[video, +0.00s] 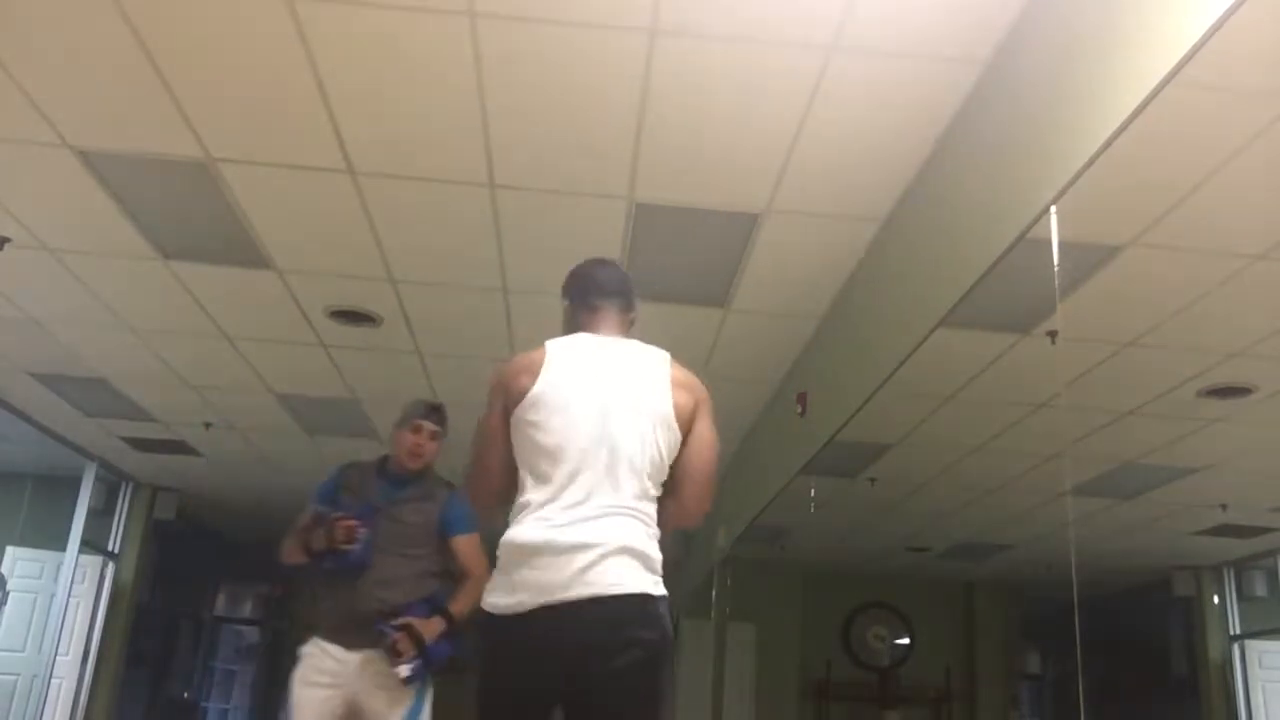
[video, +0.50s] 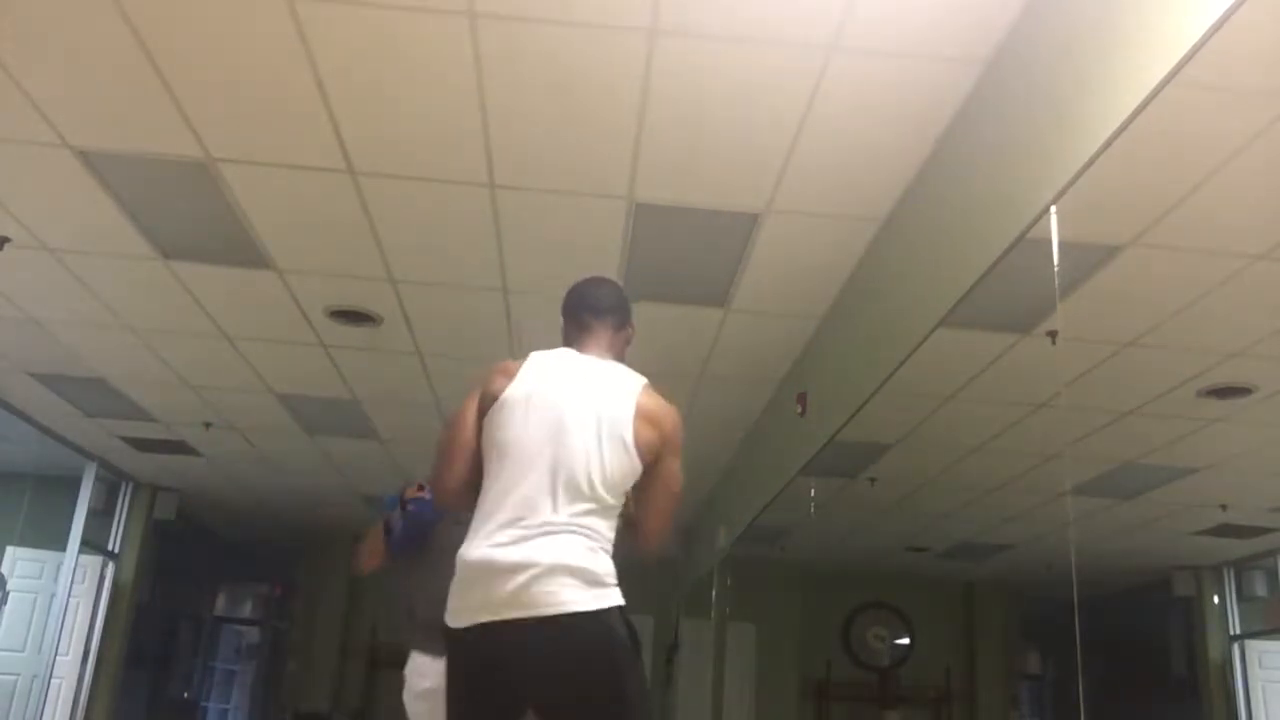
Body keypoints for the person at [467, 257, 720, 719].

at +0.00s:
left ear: (567, 309)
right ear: (632, 314)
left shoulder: (520, 371)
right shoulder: (685, 384)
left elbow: (487, 493)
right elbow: (690, 509)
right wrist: (626, 499)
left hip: (522, 610)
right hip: (627, 608)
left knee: (510, 711)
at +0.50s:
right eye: (625, 333)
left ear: (564, 328)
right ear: (627, 332)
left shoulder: (500, 379)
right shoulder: (656, 412)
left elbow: (450, 489)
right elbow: (652, 537)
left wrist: (517, 483)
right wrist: (614, 489)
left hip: (478, 622)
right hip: (579, 619)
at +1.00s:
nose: (507, 344)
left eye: (506, 333)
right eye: (506, 331)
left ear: (441, 328)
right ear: (495, 326)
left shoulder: (385, 387)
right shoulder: (497, 367)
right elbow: (532, 489)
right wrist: (541, 430)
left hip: (360, 591)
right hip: (440, 583)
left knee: (374, 711)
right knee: (490, 709)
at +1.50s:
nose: (425, 348)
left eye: (429, 335)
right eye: (427, 331)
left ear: (368, 316)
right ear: (404, 316)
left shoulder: (311, 373)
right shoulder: (379, 375)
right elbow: (400, 502)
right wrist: (432, 458)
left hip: (262, 575)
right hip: (301, 583)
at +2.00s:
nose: (438, 415)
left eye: (439, 403)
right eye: (432, 397)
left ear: (398, 389)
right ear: (395, 385)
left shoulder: (393, 467)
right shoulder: (339, 420)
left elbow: (473, 493)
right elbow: (323, 513)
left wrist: (555, 489)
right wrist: (397, 503)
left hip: (310, 620)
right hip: (256, 601)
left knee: (344, 699)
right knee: (280, 702)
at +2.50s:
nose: (353, 373)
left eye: (355, 359)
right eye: (349, 354)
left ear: (314, 347)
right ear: (312, 343)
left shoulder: (307, 442)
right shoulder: (253, 412)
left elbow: (302, 521)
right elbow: (296, 521)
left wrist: (366, 499)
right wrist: (366, 503)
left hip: (272, 611)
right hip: (212, 602)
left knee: (300, 709)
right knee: (219, 710)